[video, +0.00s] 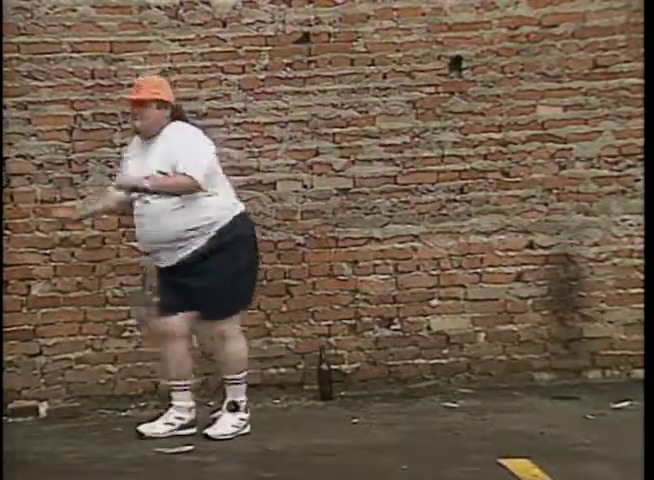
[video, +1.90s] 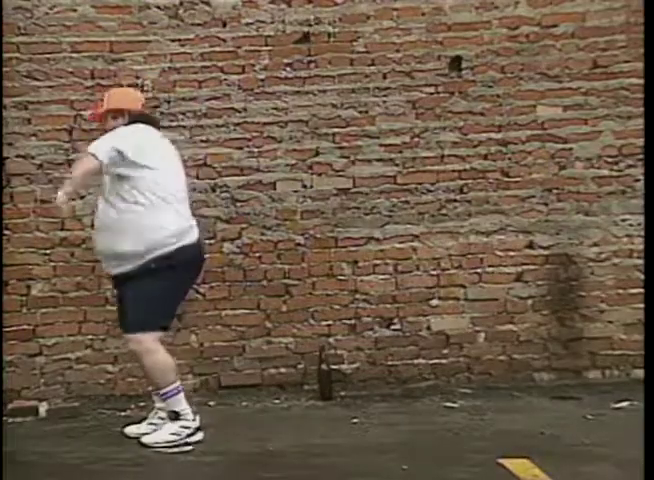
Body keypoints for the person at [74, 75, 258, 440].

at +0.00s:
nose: (136, 115)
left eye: (143, 108)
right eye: (134, 108)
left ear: (165, 109)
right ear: (133, 111)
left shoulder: (186, 137)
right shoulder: (136, 150)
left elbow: (193, 181)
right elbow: (130, 198)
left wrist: (138, 183)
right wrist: (88, 208)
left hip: (221, 243)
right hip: (175, 254)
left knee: (220, 328)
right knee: (172, 329)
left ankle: (237, 410)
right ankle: (182, 412)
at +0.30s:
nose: (141, 125)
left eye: (145, 118)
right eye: (138, 120)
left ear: (165, 106)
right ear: (138, 116)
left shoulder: (197, 126)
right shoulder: (136, 143)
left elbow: (204, 169)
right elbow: (115, 184)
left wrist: (186, 210)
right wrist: (103, 212)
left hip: (200, 242)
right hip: (147, 249)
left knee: (204, 318)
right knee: (157, 331)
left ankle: (222, 392)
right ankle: (178, 411)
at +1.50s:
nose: (120, 118)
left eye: (125, 110)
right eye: (119, 111)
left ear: (146, 108)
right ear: (134, 111)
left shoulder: (166, 133)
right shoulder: (140, 145)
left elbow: (187, 175)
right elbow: (139, 193)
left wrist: (165, 205)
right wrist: (108, 181)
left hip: (170, 243)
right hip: (141, 251)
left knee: (171, 331)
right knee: (139, 336)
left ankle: (214, 417)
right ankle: (179, 413)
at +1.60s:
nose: (112, 105)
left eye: (118, 97)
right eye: (111, 99)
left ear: (141, 94)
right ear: (123, 101)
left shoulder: (156, 117)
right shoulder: (127, 137)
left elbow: (147, 154)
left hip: (169, 235)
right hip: (137, 245)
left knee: (173, 325)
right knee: (143, 332)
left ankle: (209, 410)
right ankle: (179, 407)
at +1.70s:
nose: (105, 96)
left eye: (110, 88)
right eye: (105, 91)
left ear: (131, 84)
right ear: (122, 90)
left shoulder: (149, 106)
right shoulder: (126, 119)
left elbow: (106, 132)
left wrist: (68, 152)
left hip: (169, 222)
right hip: (140, 230)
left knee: (156, 313)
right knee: (149, 318)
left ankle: (195, 395)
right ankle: (171, 398)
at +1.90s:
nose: (102, 127)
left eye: (105, 121)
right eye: (102, 121)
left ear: (119, 117)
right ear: (133, 116)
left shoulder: (130, 137)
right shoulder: (146, 140)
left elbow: (85, 167)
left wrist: (66, 192)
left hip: (162, 256)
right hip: (142, 258)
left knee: (142, 338)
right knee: (142, 337)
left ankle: (183, 419)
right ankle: (167, 411)